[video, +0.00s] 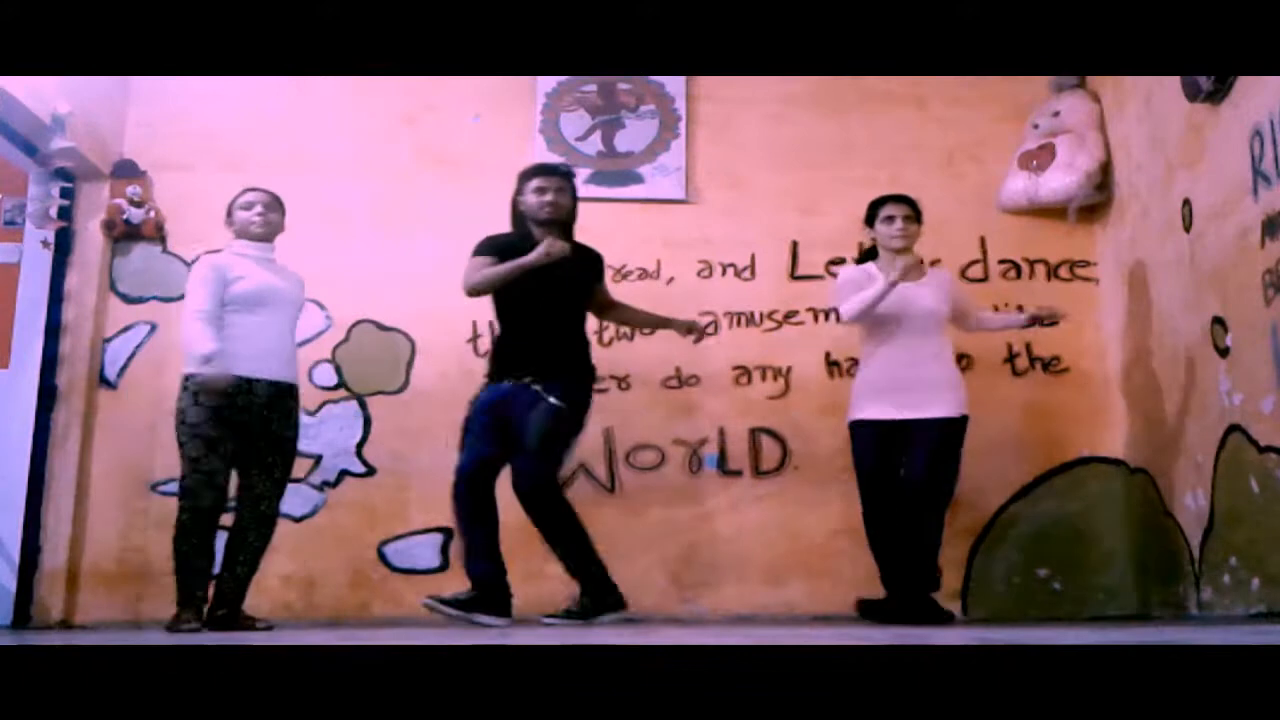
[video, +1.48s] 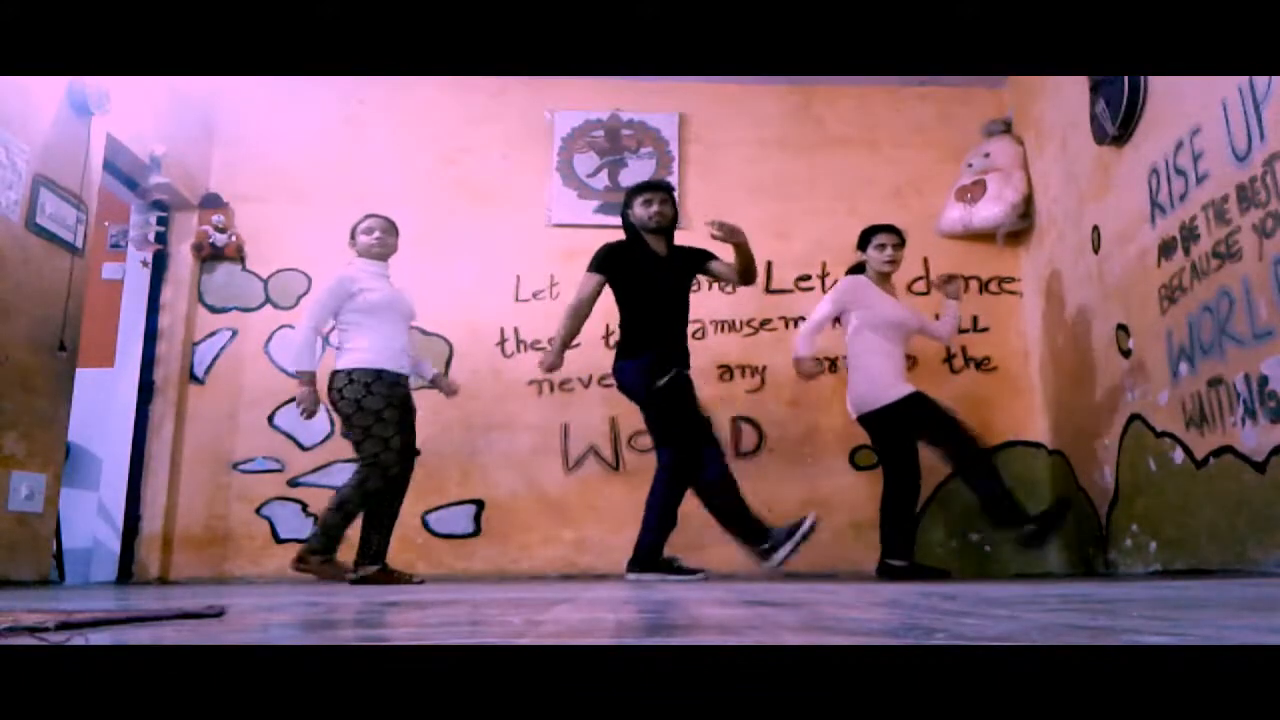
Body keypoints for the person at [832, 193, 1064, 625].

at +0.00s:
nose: (899, 227)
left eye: (907, 220)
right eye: (889, 221)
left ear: (920, 230)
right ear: (871, 231)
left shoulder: (939, 279)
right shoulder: (856, 276)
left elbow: (971, 319)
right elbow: (849, 313)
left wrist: (1023, 319)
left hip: (938, 407)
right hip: (877, 410)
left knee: (926, 503)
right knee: (882, 506)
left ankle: (919, 597)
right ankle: (901, 598)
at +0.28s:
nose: (934, 227)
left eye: (941, 221)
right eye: (923, 221)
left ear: (950, 230)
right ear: (903, 230)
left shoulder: (961, 285)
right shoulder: (884, 274)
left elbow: (1010, 308)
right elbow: (833, 317)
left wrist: (1022, 258)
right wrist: (802, 305)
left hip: (945, 408)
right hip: (915, 407)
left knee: (935, 499)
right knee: (987, 493)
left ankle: (911, 595)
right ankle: (984, 594)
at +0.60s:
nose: (898, 249)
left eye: (903, 244)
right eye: (889, 244)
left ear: (911, 251)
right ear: (871, 251)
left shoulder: (913, 291)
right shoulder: (860, 285)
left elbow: (915, 330)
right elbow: (890, 308)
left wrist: (947, 321)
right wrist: (930, 282)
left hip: (921, 394)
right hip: (876, 396)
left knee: (923, 478)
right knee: (891, 479)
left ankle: (917, 557)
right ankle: (902, 557)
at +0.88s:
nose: (900, 254)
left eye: (906, 249)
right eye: (892, 248)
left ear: (912, 257)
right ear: (874, 255)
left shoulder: (904, 302)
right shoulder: (865, 288)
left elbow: (949, 333)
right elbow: (836, 330)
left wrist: (970, 304)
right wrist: (884, 303)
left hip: (897, 400)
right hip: (896, 400)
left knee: (914, 477)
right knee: (962, 465)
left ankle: (897, 555)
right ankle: (928, 547)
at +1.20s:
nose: (895, 255)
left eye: (901, 250)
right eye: (887, 248)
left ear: (906, 257)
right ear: (870, 254)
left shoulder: (890, 299)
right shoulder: (861, 287)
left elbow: (939, 334)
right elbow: (834, 334)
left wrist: (950, 300)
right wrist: (879, 338)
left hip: (892, 397)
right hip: (890, 396)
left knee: (905, 482)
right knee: (969, 457)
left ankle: (896, 560)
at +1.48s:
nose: (889, 253)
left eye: (895, 247)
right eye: (880, 247)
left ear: (901, 255)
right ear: (864, 253)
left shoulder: (895, 306)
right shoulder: (852, 286)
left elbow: (943, 333)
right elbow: (814, 321)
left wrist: (952, 298)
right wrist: (803, 354)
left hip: (882, 396)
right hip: (883, 392)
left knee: (902, 476)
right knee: (961, 443)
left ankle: (895, 559)